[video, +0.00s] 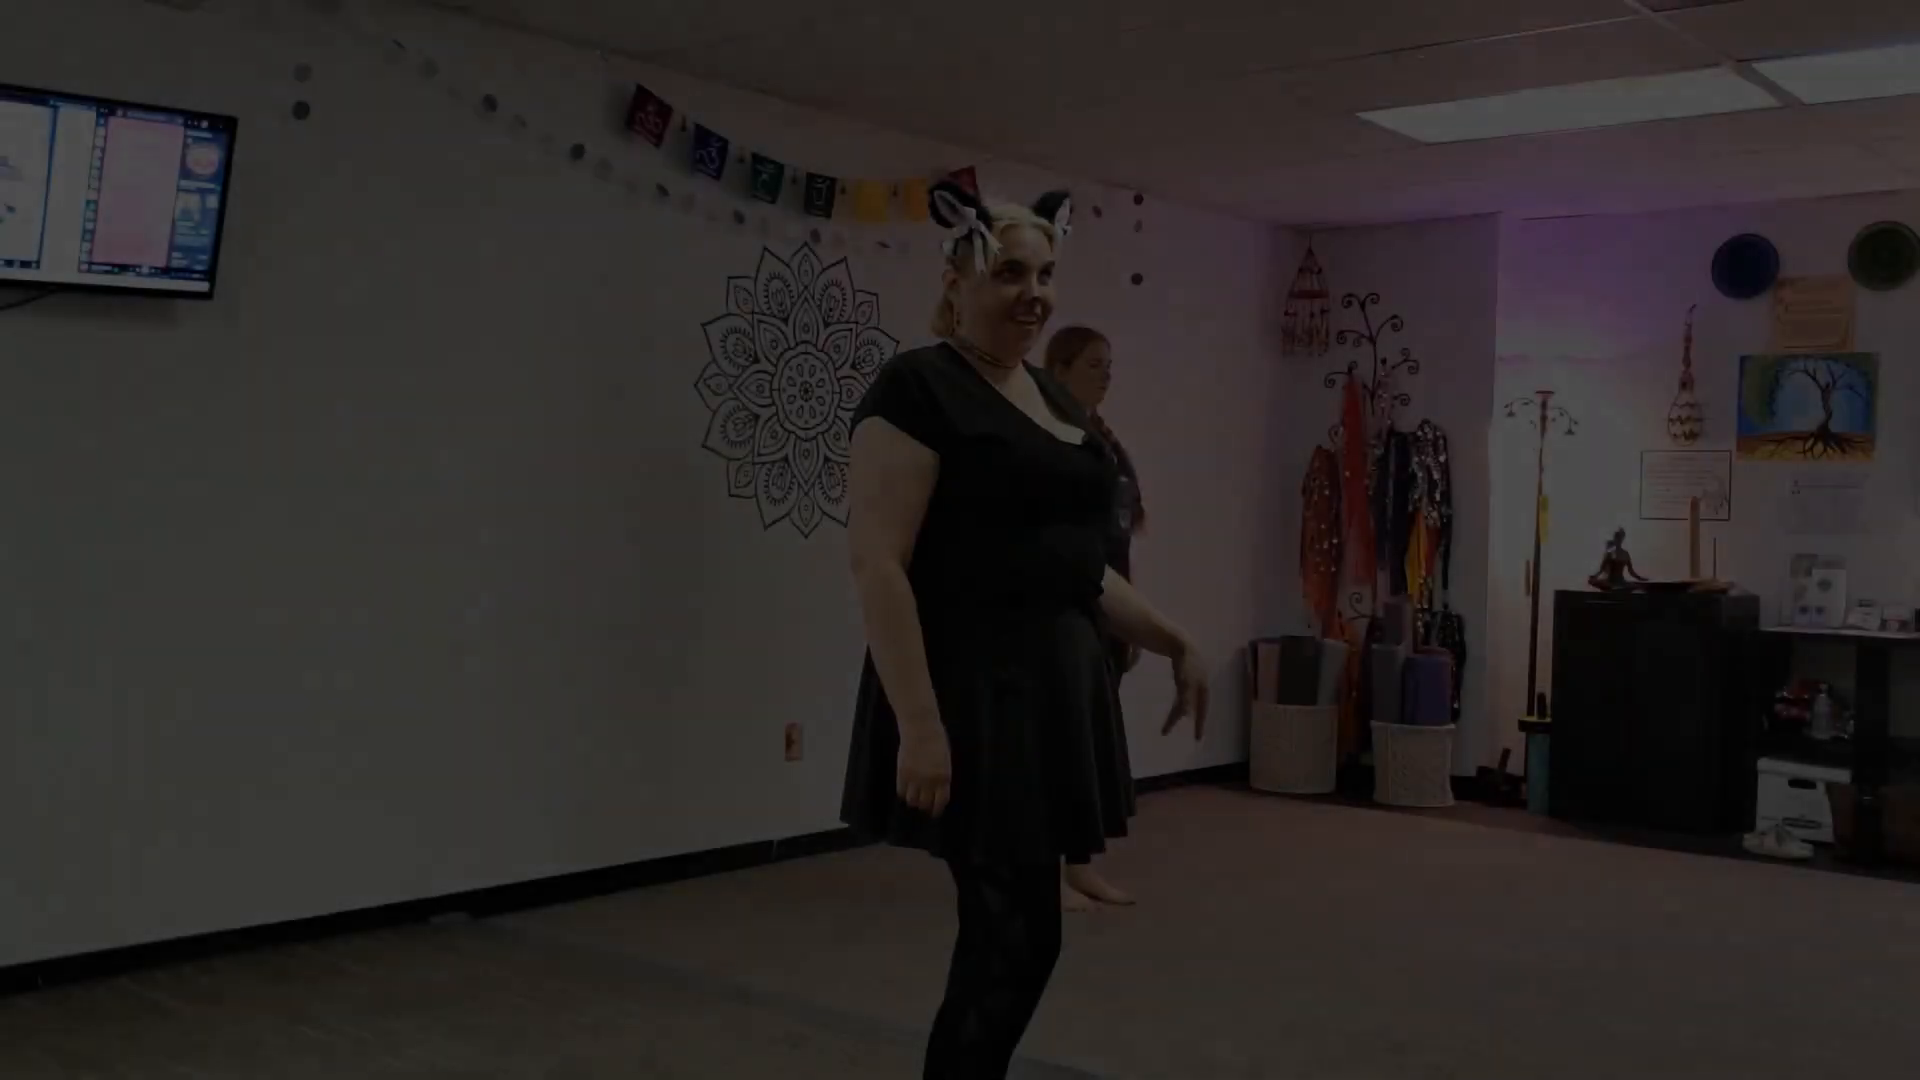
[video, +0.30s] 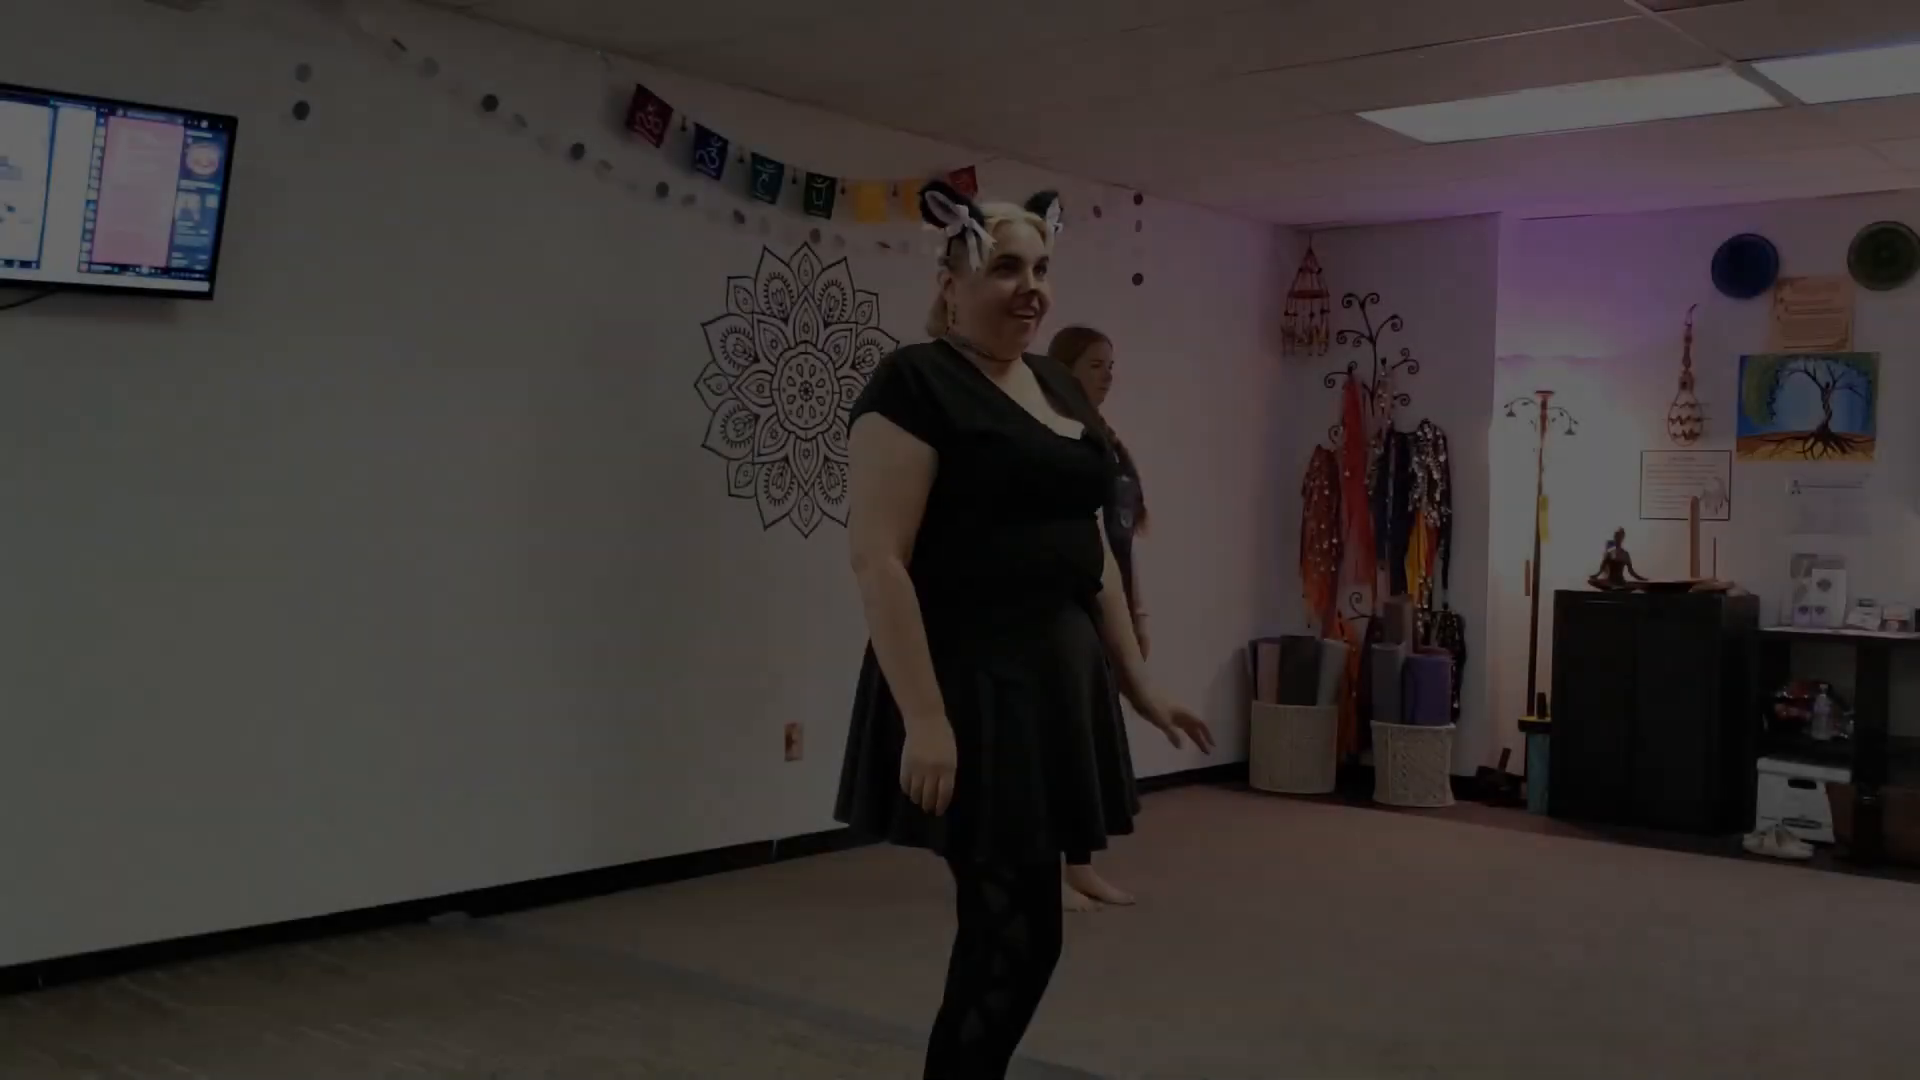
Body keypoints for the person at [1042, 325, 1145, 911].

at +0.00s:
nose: (1104, 377)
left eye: (1107, 368)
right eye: (1094, 368)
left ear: (1102, 375)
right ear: (1061, 369)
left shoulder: (1097, 436)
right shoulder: (1042, 432)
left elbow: (1118, 525)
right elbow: (1052, 536)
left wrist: (1127, 622)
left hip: (1102, 612)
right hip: (1052, 611)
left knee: (1093, 731)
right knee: (1049, 730)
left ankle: (1083, 858)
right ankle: (1052, 864)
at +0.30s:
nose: (1107, 376)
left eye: (1110, 367)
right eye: (1097, 367)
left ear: (1106, 373)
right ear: (1064, 370)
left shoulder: (1103, 437)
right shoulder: (1042, 434)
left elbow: (1122, 529)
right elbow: (1054, 529)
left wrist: (1134, 614)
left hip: (1102, 606)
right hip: (1048, 603)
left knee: (1089, 726)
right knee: (1046, 727)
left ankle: (1079, 859)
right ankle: (1043, 866)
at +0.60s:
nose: (1110, 377)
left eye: (1112, 367)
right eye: (1100, 367)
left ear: (1107, 372)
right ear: (1067, 371)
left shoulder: (1107, 441)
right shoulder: (1044, 438)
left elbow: (1125, 537)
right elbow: (1055, 532)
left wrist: (1141, 615)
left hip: (1104, 607)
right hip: (1050, 607)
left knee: (1089, 729)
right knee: (1048, 731)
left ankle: (1078, 859)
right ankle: (1045, 867)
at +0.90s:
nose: (1112, 375)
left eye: (1115, 366)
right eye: (1102, 366)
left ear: (1110, 373)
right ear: (1068, 370)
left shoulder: (1109, 443)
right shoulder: (1044, 437)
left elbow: (1124, 539)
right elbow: (1056, 533)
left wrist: (1140, 620)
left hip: (1103, 606)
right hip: (1050, 605)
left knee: (1088, 728)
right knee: (1047, 729)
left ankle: (1078, 862)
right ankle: (1044, 869)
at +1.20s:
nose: (1113, 374)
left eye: (1115, 365)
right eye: (1101, 365)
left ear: (1109, 373)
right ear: (1067, 370)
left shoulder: (1110, 441)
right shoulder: (1047, 439)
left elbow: (1126, 542)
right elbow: (1051, 531)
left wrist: (1143, 621)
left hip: (1112, 602)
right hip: (1059, 601)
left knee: (1094, 725)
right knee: (1054, 726)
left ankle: (1078, 861)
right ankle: (1047, 868)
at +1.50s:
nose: (1113, 372)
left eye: (1115, 363)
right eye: (1101, 363)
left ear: (1109, 373)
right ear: (1068, 370)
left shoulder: (1113, 444)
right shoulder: (1049, 439)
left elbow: (1130, 540)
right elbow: (1048, 532)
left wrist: (1147, 619)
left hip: (1112, 602)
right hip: (1057, 602)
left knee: (1102, 721)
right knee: (1055, 725)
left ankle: (1079, 859)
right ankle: (1048, 868)